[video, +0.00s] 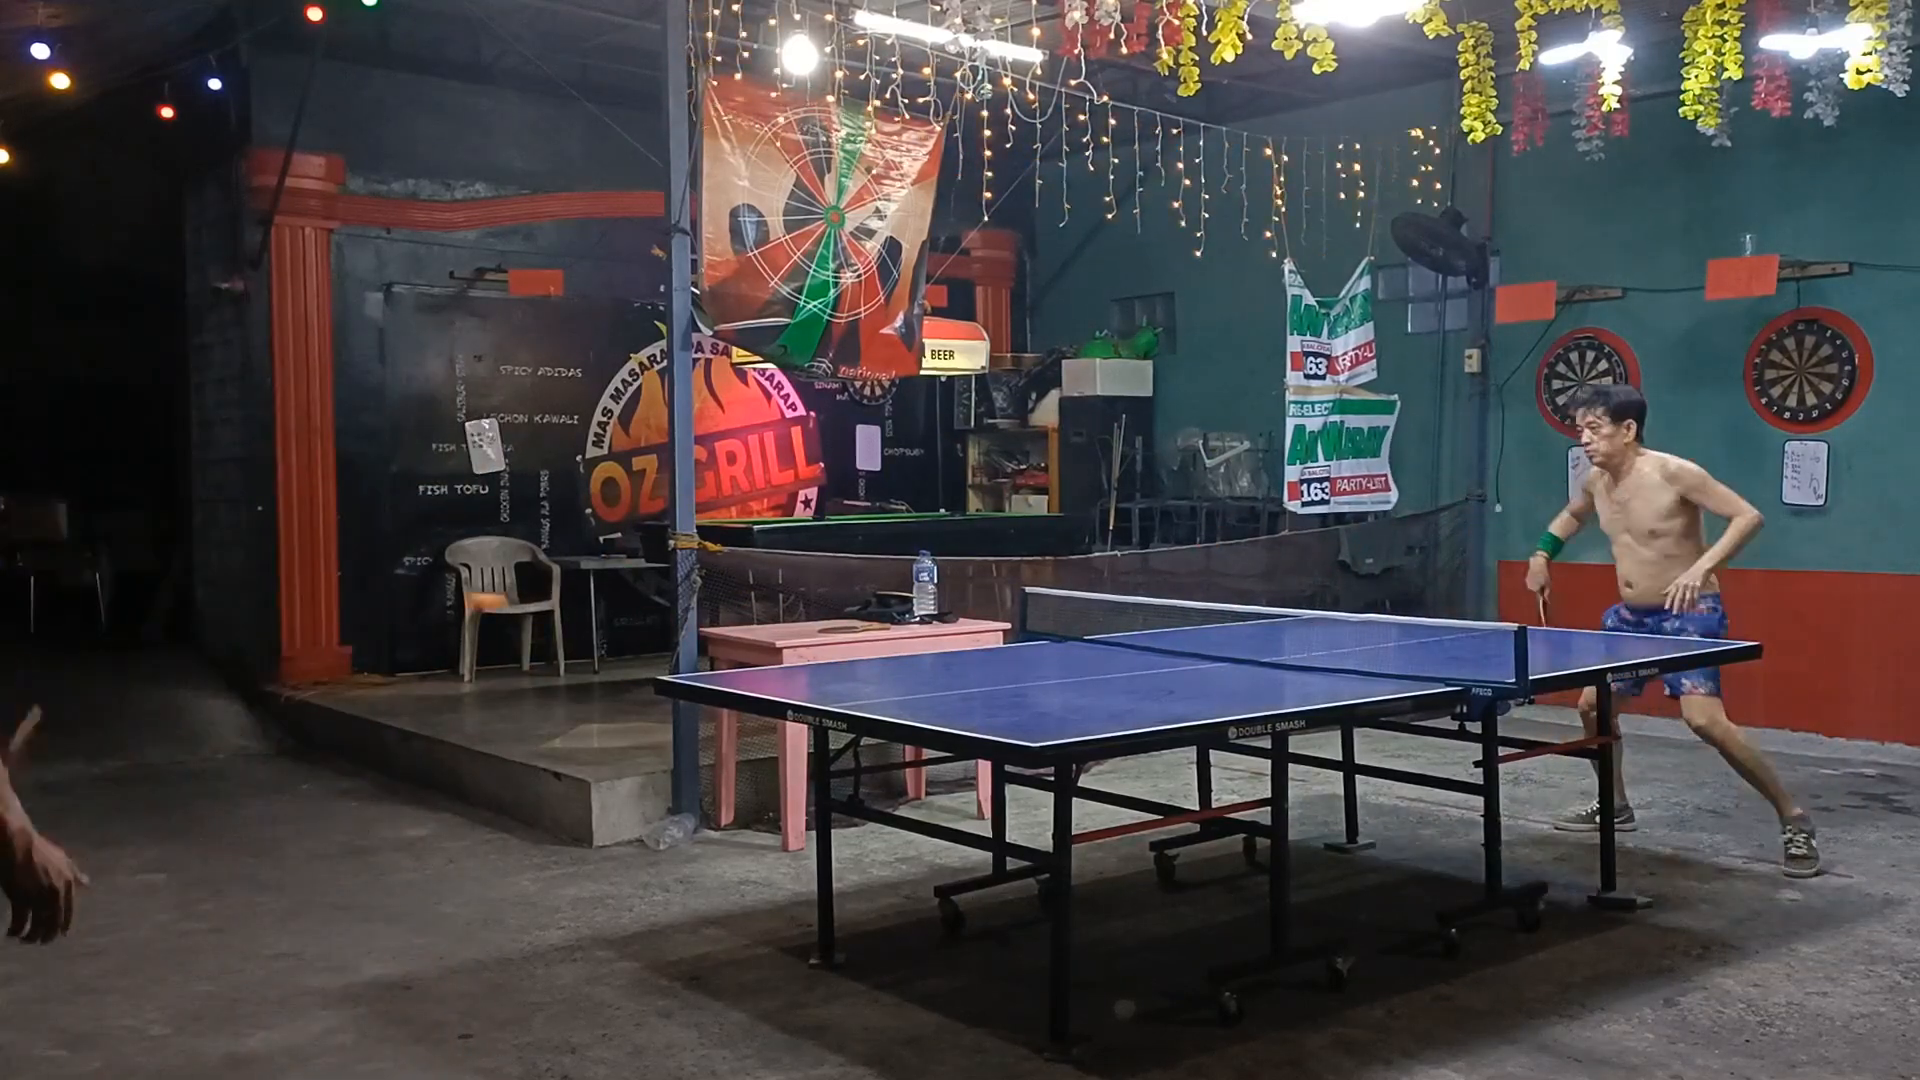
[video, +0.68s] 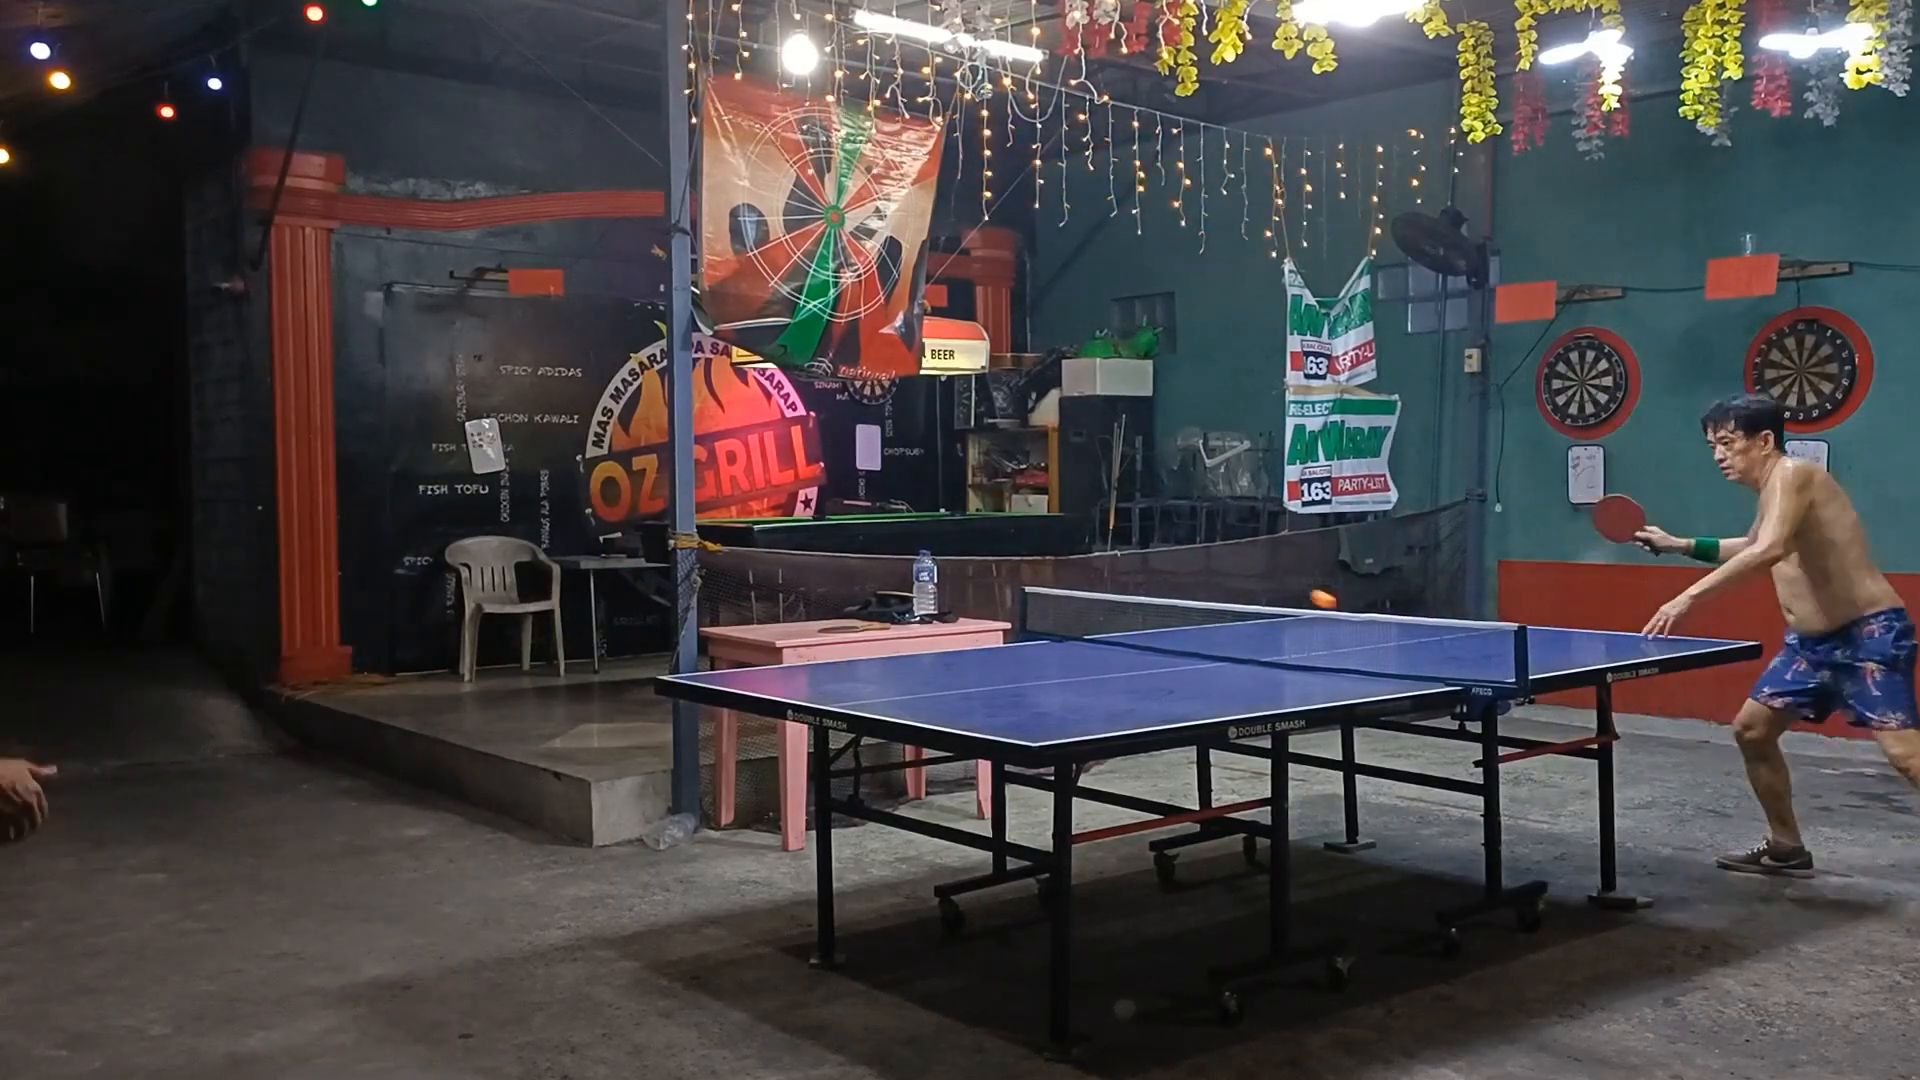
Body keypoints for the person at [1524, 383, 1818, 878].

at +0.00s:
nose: (1584, 440)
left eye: (1594, 429)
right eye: (1581, 430)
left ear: (1629, 430)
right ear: (1584, 435)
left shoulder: (1672, 472)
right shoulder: (1596, 479)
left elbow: (1748, 516)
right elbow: (1576, 514)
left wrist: (1704, 566)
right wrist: (1540, 553)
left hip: (1689, 616)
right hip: (1630, 619)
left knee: (1703, 718)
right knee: (1591, 706)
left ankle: (1793, 818)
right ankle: (1613, 803)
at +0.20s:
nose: (1634, 425)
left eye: (1645, 414)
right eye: (1631, 416)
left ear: (1679, 416)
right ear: (1633, 421)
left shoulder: (1722, 458)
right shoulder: (1653, 469)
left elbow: (1758, 533)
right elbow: (1652, 527)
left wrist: (1681, 571)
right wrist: (1608, 565)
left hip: (1749, 611)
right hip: (1688, 612)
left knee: (1759, 722)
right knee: (1649, 705)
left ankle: (1807, 829)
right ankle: (1637, 802)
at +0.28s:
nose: (1645, 410)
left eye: (1655, 400)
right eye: (1642, 401)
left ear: (1690, 402)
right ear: (1644, 405)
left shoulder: (1731, 442)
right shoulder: (1666, 456)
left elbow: (1759, 517)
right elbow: (1663, 517)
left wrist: (1684, 554)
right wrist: (1617, 551)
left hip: (1767, 596)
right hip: (1707, 598)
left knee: (1770, 711)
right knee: (1672, 695)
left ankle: (1813, 827)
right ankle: (1693, 809)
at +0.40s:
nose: (1667, 415)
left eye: (1677, 404)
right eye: (1664, 406)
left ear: (1712, 405)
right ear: (1669, 411)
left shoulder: (1748, 446)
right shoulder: (1691, 462)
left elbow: (1750, 519)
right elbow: (1674, 519)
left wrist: (1673, 566)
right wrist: (1615, 538)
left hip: (1799, 601)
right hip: (1744, 609)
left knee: (1800, 716)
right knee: (1723, 718)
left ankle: (1873, 834)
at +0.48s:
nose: (1679, 432)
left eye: (1689, 421)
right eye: (1675, 423)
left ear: (1724, 423)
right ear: (1679, 428)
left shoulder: (1757, 463)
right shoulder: (1706, 479)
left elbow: (1744, 539)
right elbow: (1684, 531)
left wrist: (1673, 599)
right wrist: (1623, 538)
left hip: (1815, 618)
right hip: (1761, 627)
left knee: (1830, 730)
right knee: (1725, 727)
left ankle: (1909, 858)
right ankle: (1784, 846)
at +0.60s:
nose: (1703, 453)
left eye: (1712, 441)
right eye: (1699, 444)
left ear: (1749, 442)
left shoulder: (1780, 478)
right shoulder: (1746, 495)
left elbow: (1763, 556)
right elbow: (1724, 545)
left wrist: (1682, 605)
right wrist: (1655, 540)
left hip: (1851, 631)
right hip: (1790, 641)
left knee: (1883, 748)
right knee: (1735, 730)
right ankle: (1785, 845)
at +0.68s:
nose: (1719, 456)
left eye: (1728, 443)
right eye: (1715, 446)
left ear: (1764, 441)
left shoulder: (1794, 475)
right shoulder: (1773, 490)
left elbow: (1770, 548)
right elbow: (1754, 546)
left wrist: (1687, 597)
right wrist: (1680, 544)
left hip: (1873, 635)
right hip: (1809, 644)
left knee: (1906, 758)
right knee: (1753, 731)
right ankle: (1785, 845)